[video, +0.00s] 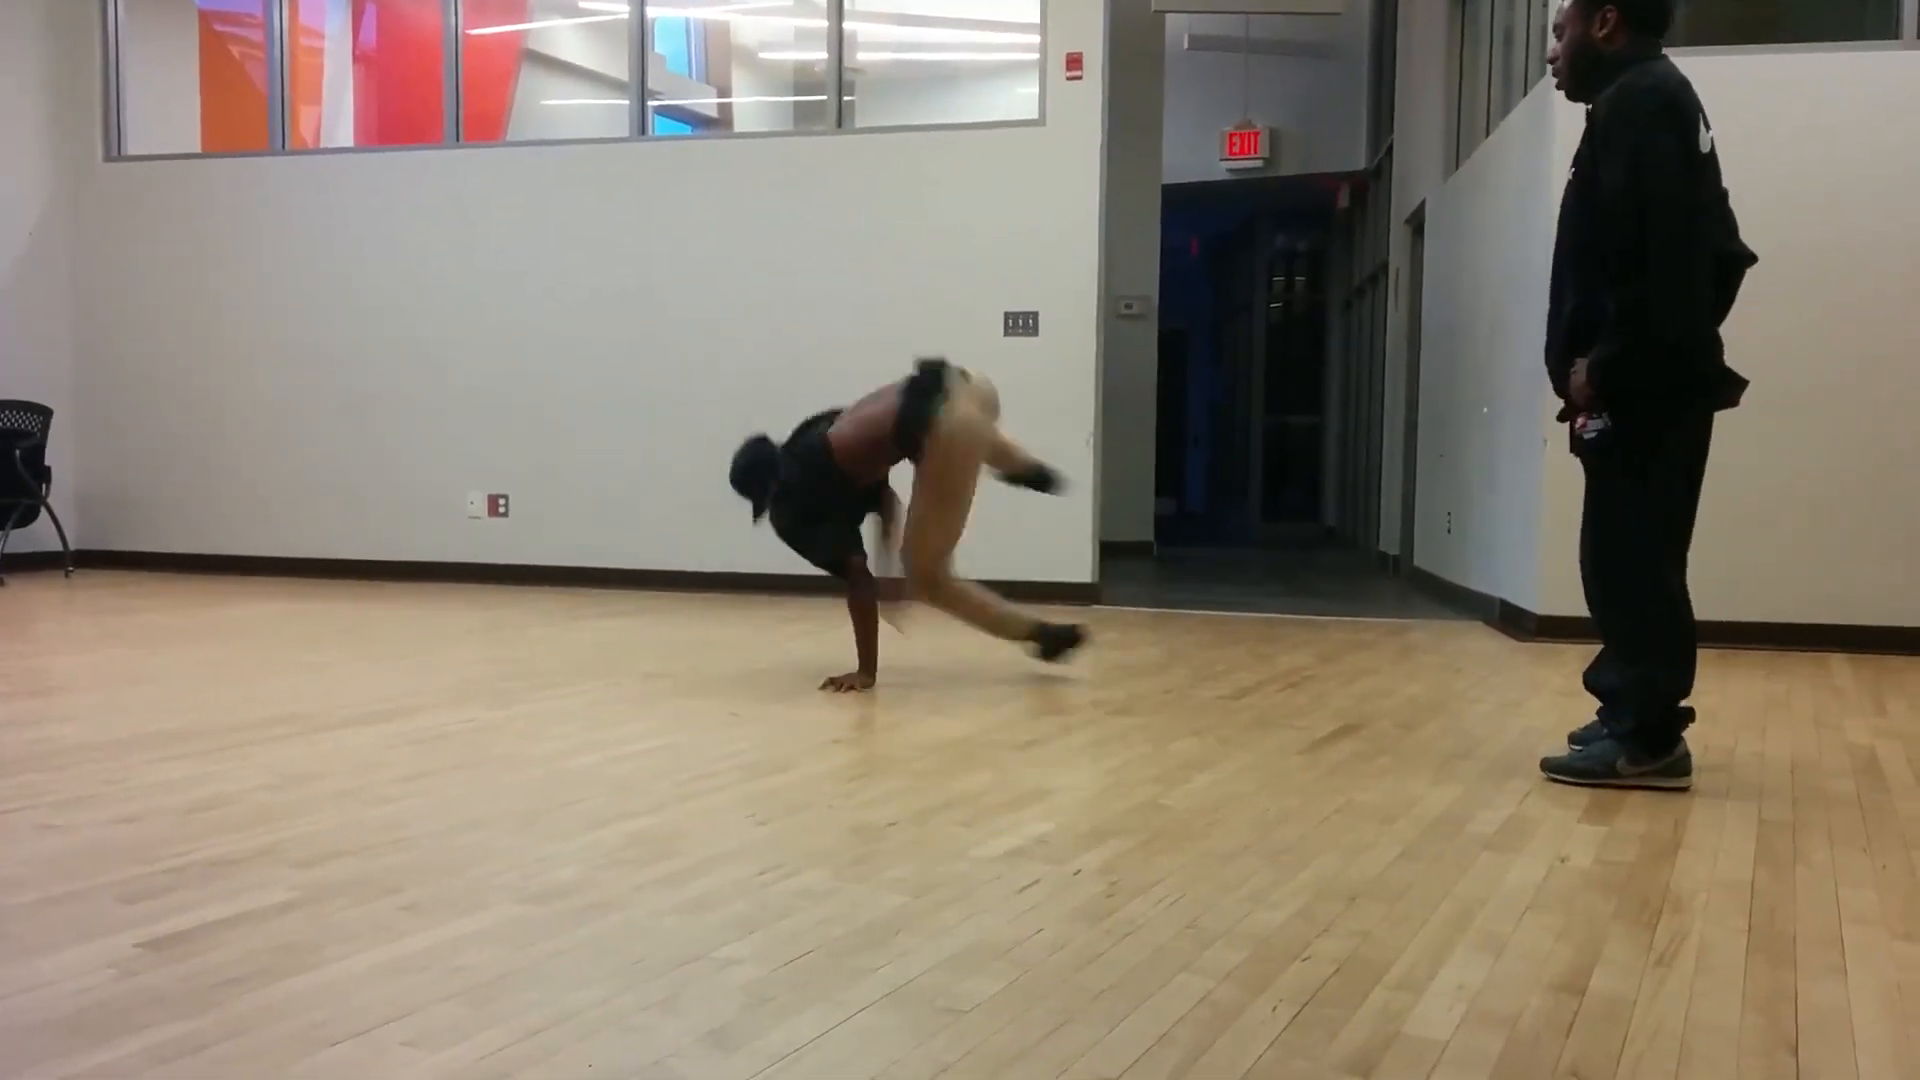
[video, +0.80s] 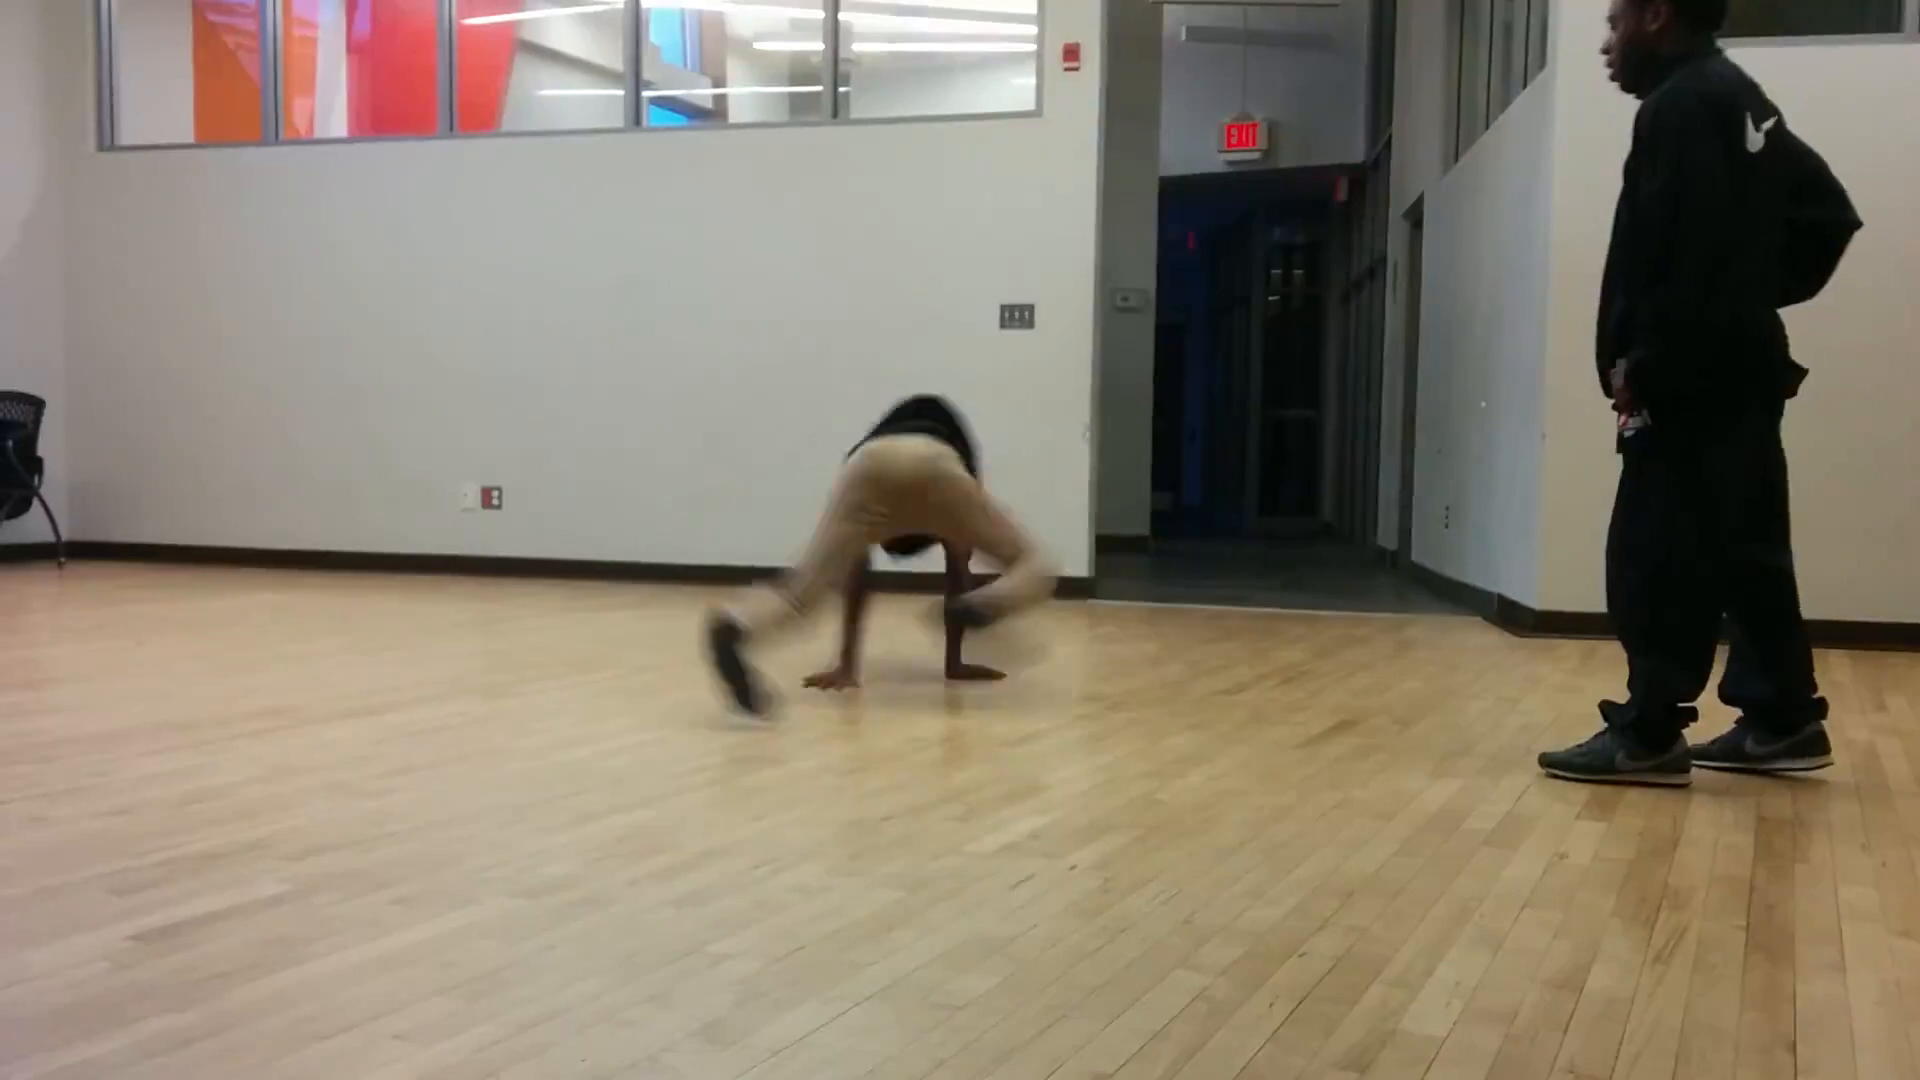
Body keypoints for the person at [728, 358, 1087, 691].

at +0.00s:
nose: (754, 498)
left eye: (751, 493)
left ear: (753, 491)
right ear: (773, 451)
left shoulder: (789, 513)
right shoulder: (808, 441)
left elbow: (859, 579)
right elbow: (888, 500)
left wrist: (865, 672)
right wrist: (885, 574)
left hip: (947, 431)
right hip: (963, 382)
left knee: (928, 580)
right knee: (971, 429)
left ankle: (1045, 636)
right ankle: (1033, 472)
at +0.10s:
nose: (760, 458)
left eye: (754, 448)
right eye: (753, 450)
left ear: (762, 440)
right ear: (779, 407)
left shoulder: (809, 484)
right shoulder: (824, 392)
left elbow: (861, 579)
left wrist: (865, 671)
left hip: (967, 504)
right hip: (984, 446)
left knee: (877, 580)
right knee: (899, 393)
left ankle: (937, 628)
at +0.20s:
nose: (780, 428)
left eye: (778, 419)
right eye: (775, 421)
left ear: (794, 414)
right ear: (808, 384)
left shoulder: (824, 470)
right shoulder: (851, 362)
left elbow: (862, 577)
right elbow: (929, 324)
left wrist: (864, 670)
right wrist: (876, 325)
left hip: (925, 555)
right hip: (967, 500)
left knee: (790, 576)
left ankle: (777, 625)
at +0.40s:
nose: (900, 409)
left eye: (906, 401)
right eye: (903, 399)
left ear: (920, 408)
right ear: (950, 404)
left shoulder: (892, 474)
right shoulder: (988, 475)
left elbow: (874, 586)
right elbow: (965, 581)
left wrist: (859, 673)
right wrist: (958, 665)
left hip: (845, 549)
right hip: (889, 528)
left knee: (751, 455)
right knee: (834, 461)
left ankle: (620, 434)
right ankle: (777, 454)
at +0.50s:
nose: (934, 397)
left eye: (941, 390)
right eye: (939, 388)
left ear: (959, 401)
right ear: (981, 406)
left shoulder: (928, 468)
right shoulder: (1000, 479)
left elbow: (899, 571)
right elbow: (960, 578)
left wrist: (816, 623)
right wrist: (951, 665)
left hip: (840, 561)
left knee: (789, 397)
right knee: (787, 526)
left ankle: (660, 328)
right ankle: (690, 600)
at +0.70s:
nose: (841, 458)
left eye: (847, 446)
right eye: (840, 450)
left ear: (868, 427)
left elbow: (832, 479)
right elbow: (959, 583)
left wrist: (757, 511)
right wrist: (953, 664)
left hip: (913, 472)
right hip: (949, 523)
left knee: (770, 491)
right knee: (887, 648)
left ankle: (624, 526)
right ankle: (835, 664)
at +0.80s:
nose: (895, 544)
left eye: (895, 544)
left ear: (888, 536)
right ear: (925, 534)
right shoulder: (954, 508)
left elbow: (856, 580)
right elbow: (958, 578)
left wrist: (847, 668)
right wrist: (954, 664)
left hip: (869, 453)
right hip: (934, 451)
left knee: (802, 589)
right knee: (1033, 566)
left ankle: (735, 627)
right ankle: (979, 600)